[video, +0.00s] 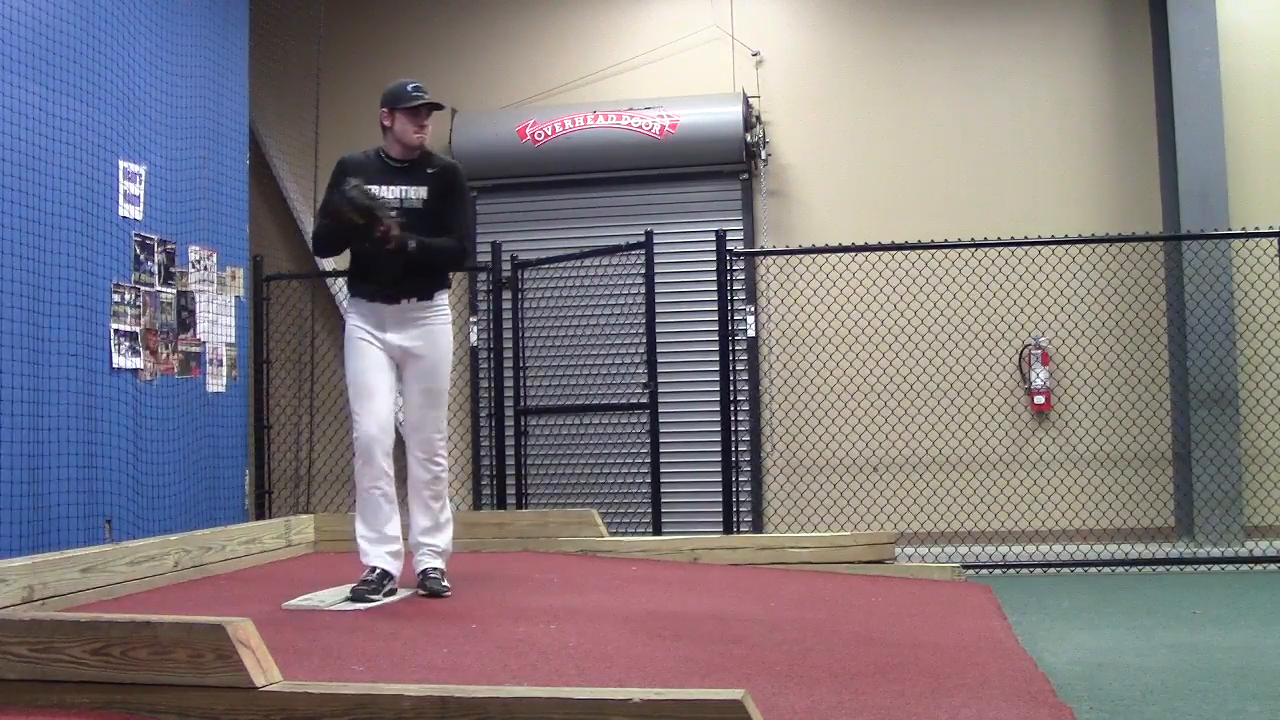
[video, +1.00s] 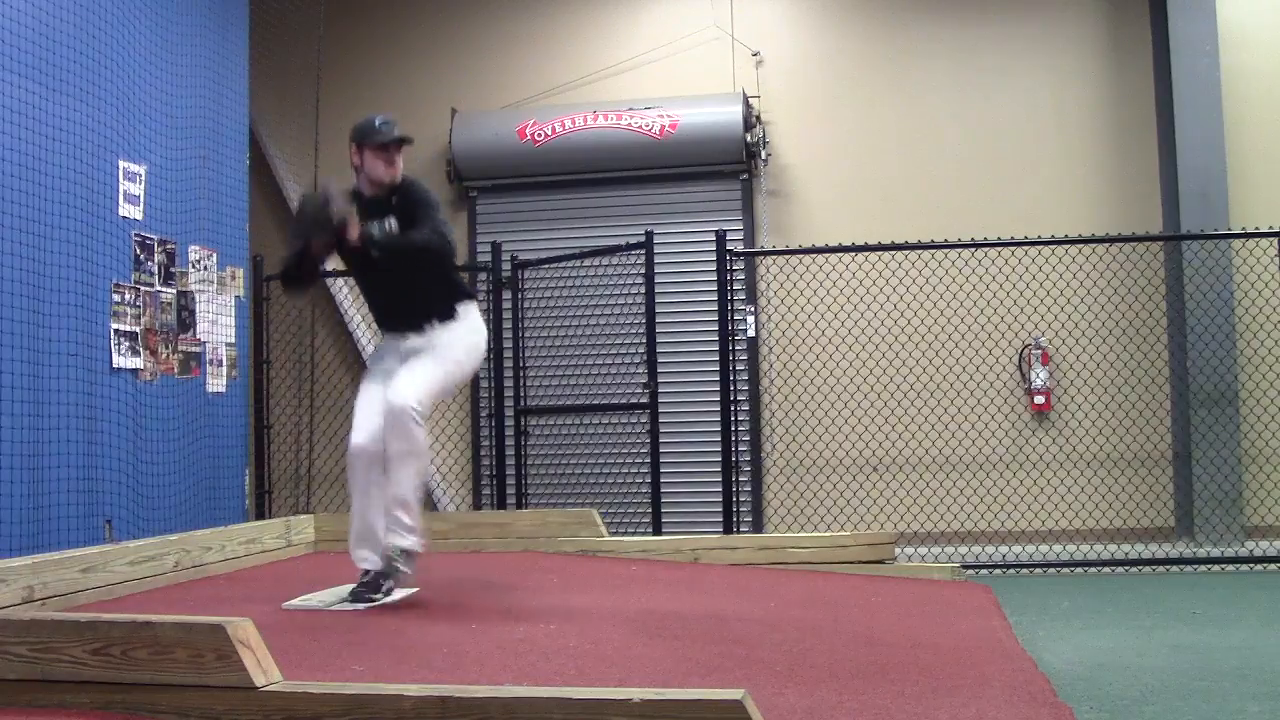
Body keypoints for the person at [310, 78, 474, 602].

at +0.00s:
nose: (423, 123)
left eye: (427, 115)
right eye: (414, 115)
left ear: (431, 121)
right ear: (386, 118)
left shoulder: (446, 174)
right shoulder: (352, 169)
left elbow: (462, 251)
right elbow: (323, 243)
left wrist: (405, 243)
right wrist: (355, 222)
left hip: (428, 321)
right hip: (367, 321)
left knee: (428, 443)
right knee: (371, 437)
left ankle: (432, 559)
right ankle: (381, 564)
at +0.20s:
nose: (405, 123)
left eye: (410, 115)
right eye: (395, 115)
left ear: (416, 120)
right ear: (370, 119)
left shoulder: (429, 167)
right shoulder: (344, 170)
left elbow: (432, 240)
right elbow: (320, 245)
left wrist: (360, 234)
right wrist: (304, 224)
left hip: (421, 317)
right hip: (362, 320)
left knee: (411, 436)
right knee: (366, 434)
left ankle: (428, 556)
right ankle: (379, 566)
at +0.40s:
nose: (391, 125)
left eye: (398, 117)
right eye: (381, 117)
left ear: (408, 121)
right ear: (362, 120)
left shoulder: (417, 163)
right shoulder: (340, 173)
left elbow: (413, 223)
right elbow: (296, 232)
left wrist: (338, 199)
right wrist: (303, 196)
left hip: (420, 298)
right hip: (365, 308)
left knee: (361, 362)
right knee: (368, 427)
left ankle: (379, 515)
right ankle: (381, 566)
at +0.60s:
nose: (382, 125)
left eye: (390, 116)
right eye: (373, 116)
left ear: (401, 119)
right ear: (354, 119)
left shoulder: (412, 157)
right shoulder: (336, 169)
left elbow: (411, 211)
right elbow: (279, 218)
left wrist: (338, 172)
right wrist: (300, 168)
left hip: (432, 296)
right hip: (378, 310)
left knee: (354, 257)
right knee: (373, 432)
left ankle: (345, 397)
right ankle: (380, 566)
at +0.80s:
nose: (393, 122)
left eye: (398, 113)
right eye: (383, 114)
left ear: (404, 117)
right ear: (357, 119)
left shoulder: (413, 156)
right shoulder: (338, 171)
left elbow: (424, 212)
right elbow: (278, 224)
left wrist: (345, 179)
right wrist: (307, 182)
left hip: (438, 292)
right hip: (380, 306)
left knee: (364, 314)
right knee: (377, 444)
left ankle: (369, 450)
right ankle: (379, 567)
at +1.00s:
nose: (395, 159)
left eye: (399, 150)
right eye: (384, 151)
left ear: (404, 153)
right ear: (357, 156)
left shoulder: (412, 195)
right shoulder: (340, 210)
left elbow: (437, 243)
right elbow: (293, 282)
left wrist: (364, 236)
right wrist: (317, 245)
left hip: (454, 331)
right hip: (397, 344)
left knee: (402, 401)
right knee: (363, 444)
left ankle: (403, 544)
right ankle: (376, 566)